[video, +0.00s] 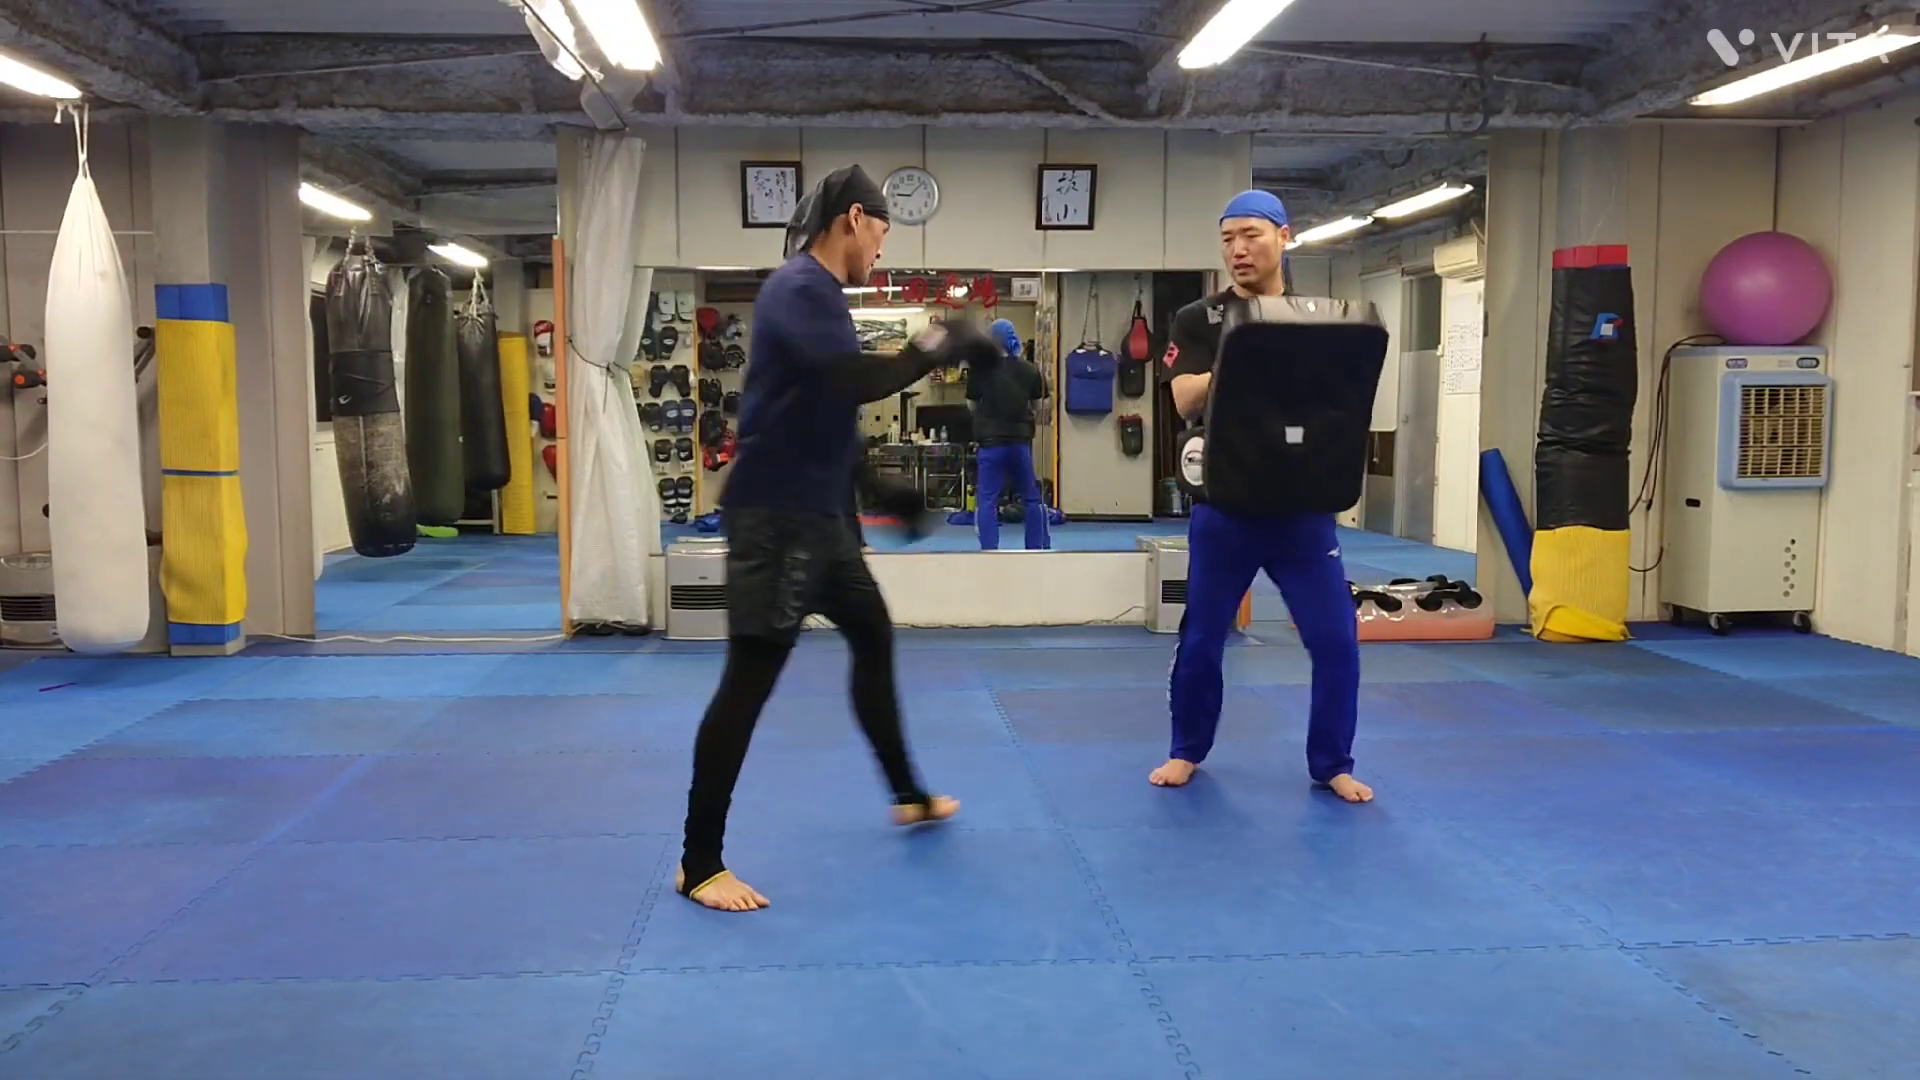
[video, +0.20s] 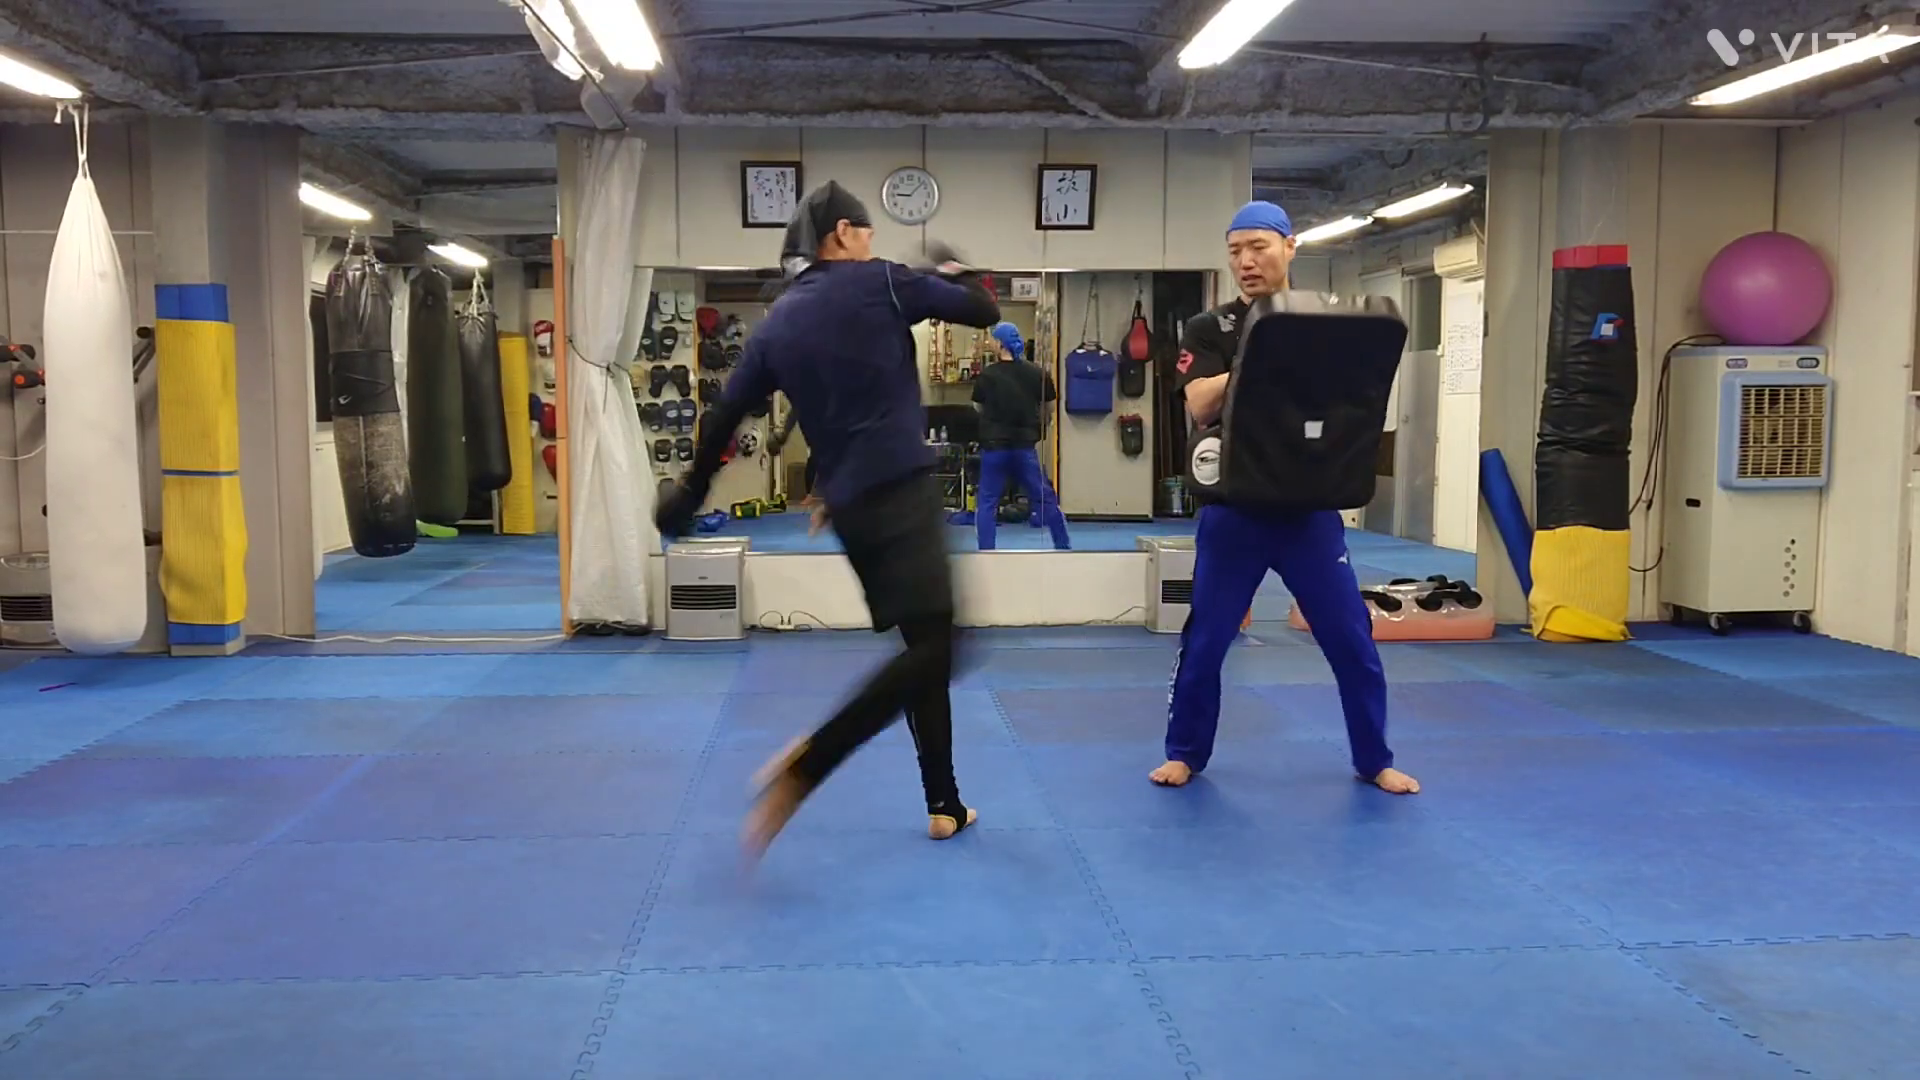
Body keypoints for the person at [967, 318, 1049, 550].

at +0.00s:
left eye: (990, 339)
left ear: (991, 342)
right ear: (1013, 340)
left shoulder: (981, 367)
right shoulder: (1027, 369)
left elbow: (972, 400)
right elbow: (1038, 400)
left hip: (990, 441)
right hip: (1019, 440)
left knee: (987, 497)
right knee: (1030, 495)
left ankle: (989, 549)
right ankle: (1036, 547)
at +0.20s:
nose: (990, 344)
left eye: (993, 340)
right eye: (992, 340)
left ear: (1000, 345)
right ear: (1017, 344)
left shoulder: (989, 374)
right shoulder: (1036, 373)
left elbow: (978, 406)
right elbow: (1049, 404)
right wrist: (1036, 421)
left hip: (994, 444)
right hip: (1025, 444)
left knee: (987, 499)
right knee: (1043, 495)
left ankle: (986, 552)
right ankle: (1063, 546)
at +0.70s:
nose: (1007, 341)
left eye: (1007, 338)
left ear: (1009, 338)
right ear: (1031, 336)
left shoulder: (1000, 362)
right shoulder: (1045, 361)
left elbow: (986, 395)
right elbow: (1054, 397)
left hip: (1005, 436)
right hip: (1039, 436)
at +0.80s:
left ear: (1020, 348)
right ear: (1048, 351)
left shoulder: (1002, 370)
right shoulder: (1052, 372)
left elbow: (990, 398)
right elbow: (1066, 404)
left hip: (1008, 444)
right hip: (1042, 444)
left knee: (996, 498)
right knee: (1062, 491)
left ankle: (986, 551)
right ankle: (1071, 546)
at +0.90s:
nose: (1015, 344)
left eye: (1016, 340)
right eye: (1016, 339)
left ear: (1022, 344)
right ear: (1043, 342)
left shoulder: (1010, 373)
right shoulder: (1060, 372)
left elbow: (999, 405)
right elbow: (1074, 406)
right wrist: (1058, 409)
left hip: (1015, 446)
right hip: (1051, 446)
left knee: (998, 500)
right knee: (1074, 497)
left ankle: (986, 552)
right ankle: (1089, 548)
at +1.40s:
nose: (1040, 346)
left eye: (1042, 342)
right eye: (1040, 342)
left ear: (1051, 345)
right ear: (1067, 344)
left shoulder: (1034, 373)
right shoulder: (1085, 375)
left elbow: (1022, 406)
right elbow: (1096, 410)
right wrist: (1076, 412)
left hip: (1037, 449)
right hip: (1072, 449)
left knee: (1020, 505)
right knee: (1091, 504)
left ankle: (1006, 557)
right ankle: (1107, 555)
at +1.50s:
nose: (1040, 346)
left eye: (1042, 342)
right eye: (1042, 342)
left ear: (1048, 347)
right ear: (1067, 348)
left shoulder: (1028, 373)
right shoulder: (1080, 374)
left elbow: (1020, 403)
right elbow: (1092, 405)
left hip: (1037, 451)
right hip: (1069, 450)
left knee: (1027, 509)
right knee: (1088, 501)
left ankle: (1024, 559)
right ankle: (1105, 551)